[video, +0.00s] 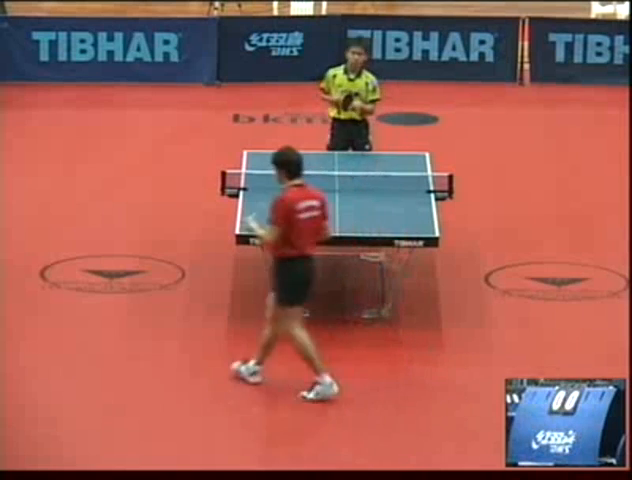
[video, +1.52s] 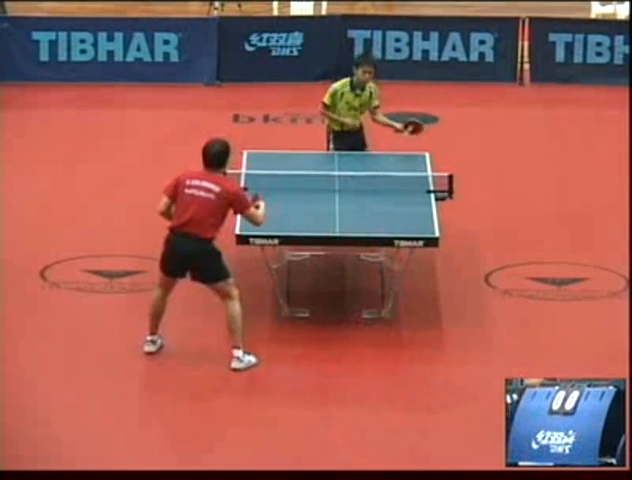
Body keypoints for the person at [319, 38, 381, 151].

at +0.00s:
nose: (356, 58)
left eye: (360, 54)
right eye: (353, 54)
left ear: (365, 58)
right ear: (346, 55)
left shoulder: (370, 80)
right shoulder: (332, 74)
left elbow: (372, 108)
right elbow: (323, 92)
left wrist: (360, 106)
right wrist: (335, 100)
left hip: (359, 122)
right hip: (339, 121)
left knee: (364, 160)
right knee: (335, 159)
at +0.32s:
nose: (340, 58)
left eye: (344, 55)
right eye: (338, 54)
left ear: (350, 58)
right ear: (332, 56)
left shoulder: (359, 77)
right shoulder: (321, 76)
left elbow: (362, 104)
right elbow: (313, 102)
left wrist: (350, 103)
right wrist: (328, 92)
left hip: (351, 121)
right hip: (331, 121)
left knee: (357, 159)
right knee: (328, 160)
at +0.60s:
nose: (358, 59)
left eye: (362, 55)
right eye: (355, 55)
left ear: (368, 59)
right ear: (350, 56)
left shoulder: (372, 79)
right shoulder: (335, 76)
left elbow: (375, 101)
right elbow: (321, 97)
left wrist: (367, 108)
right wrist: (339, 103)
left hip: (359, 122)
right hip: (340, 122)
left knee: (362, 160)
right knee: (337, 159)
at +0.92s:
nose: (376, 61)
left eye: (380, 58)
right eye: (373, 57)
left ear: (386, 61)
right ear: (367, 57)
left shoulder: (383, 81)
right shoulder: (351, 75)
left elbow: (379, 104)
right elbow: (336, 95)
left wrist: (382, 119)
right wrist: (355, 105)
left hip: (367, 123)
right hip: (349, 121)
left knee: (368, 159)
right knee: (345, 158)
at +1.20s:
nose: (375, 71)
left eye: (379, 68)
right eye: (372, 66)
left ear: (383, 70)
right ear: (365, 66)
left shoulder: (375, 86)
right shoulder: (351, 83)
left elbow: (369, 110)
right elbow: (333, 104)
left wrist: (387, 122)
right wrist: (354, 117)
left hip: (359, 128)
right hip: (343, 127)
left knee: (364, 163)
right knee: (343, 163)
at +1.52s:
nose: (367, 77)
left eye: (370, 73)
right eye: (364, 72)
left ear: (373, 74)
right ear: (355, 71)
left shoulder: (371, 89)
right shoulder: (338, 88)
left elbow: (375, 115)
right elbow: (324, 110)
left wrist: (395, 125)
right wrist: (343, 120)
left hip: (357, 130)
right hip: (339, 131)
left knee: (362, 163)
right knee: (341, 166)